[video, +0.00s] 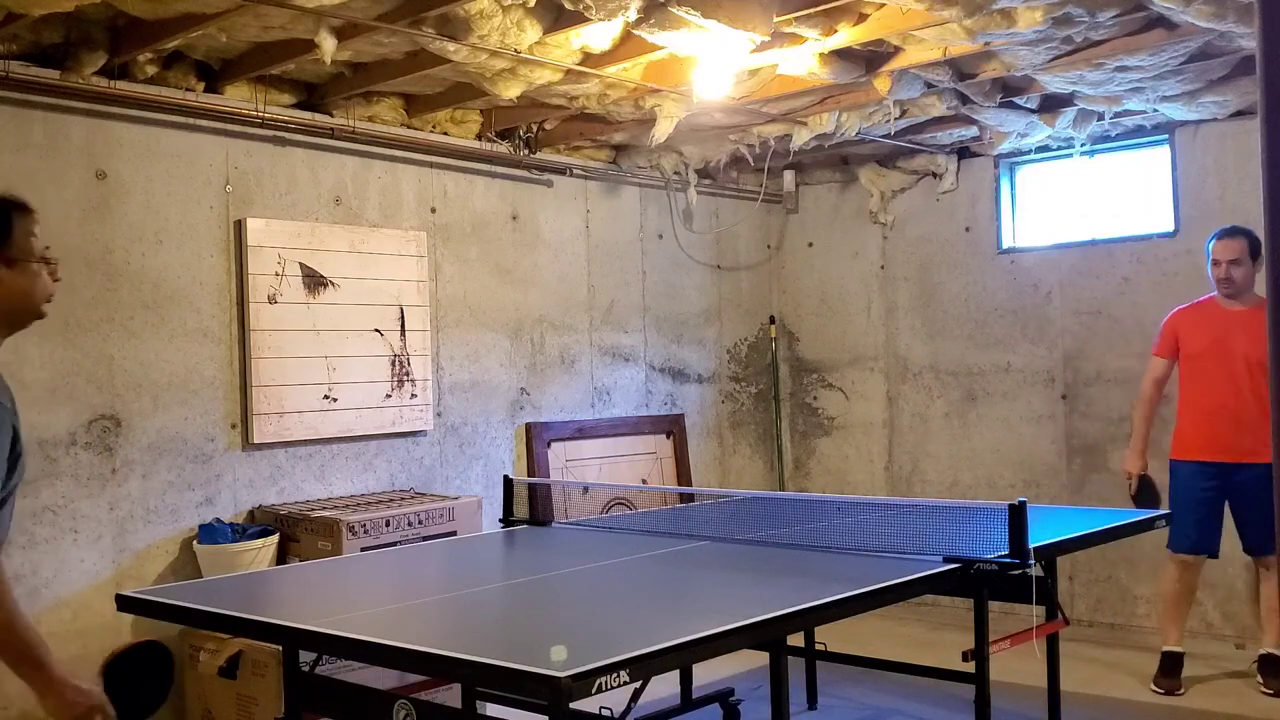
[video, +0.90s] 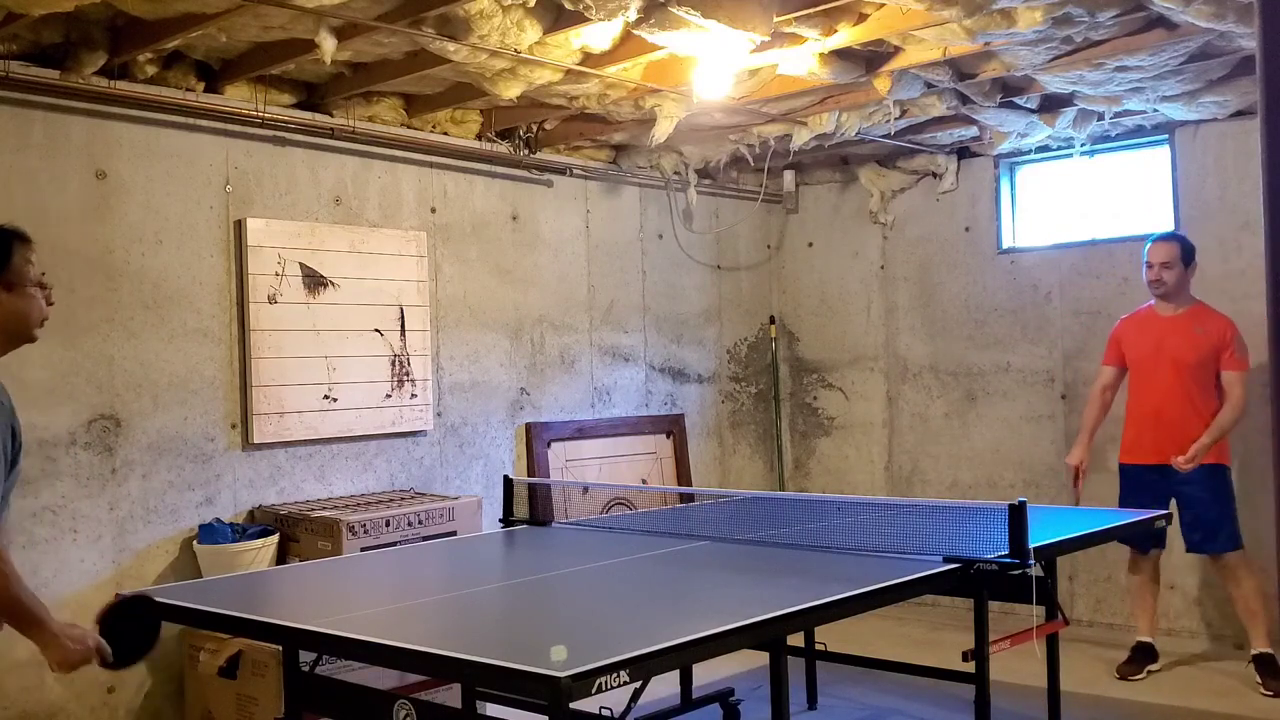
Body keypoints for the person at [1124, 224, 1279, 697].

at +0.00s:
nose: (1223, 271)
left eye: (1234, 262)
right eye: (1216, 263)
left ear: (1255, 266)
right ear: (1208, 266)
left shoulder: (1269, 317)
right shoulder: (1183, 319)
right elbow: (1152, 384)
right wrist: (1137, 448)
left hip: (1260, 461)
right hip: (1194, 460)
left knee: (1270, 559)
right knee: (1184, 556)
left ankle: (1271, 655)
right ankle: (1171, 655)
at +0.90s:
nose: (1155, 274)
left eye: (1165, 266)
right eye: (1149, 266)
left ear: (1188, 270)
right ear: (1145, 270)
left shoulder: (1218, 327)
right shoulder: (1129, 327)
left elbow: (1236, 400)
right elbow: (1104, 389)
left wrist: (1204, 443)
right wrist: (1082, 444)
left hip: (1202, 461)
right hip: (1141, 461)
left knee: (1227, 553)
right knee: (1141, 552)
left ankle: (1263, 651)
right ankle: (1144, 645)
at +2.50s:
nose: (1145, 291)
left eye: (1156, 284)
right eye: (1140, 282)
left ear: (1181, 289)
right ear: (1134, 284)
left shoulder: (1205, 346)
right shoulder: (1113, 334)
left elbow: (1226, 417)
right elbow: (1075, 385)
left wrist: (1236, 489)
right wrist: (1039, 437)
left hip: (1177, 477)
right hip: (1112, 470)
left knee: (1200, 563)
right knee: (1083, 555)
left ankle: (1240, 659)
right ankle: (1056, 641)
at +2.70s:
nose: (1086, 290)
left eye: (1096, 282)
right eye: (1081, 282)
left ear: (1121, 287)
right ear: (1077, 285)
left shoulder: (1149, 344)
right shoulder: (1064, 339)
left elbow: (1173, 414)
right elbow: (1042, 400)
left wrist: (1154, 467)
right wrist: (1020, 457)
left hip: (1134, 480)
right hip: (1072, 477)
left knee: (1173, 563)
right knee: (1056, 557)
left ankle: (1226, 655)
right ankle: (1054, 643)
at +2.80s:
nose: (1068, 285)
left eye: (1078, 277)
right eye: (1063, 277)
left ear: (1102, 281)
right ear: (1060, 281)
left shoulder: (1131, 335)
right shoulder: (1049, 337)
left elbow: (1156, 407)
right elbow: (1031, 398)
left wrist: (1122, 453)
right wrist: (1013, 452)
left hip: (1126, 469)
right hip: (1063, 470)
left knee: (1160, 556)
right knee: (1049, 557)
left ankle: (1203, 650)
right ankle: (1053, 642)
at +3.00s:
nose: (1049, 288)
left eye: (1058, 279)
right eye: (1044, 280)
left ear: (1084, 281)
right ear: (1043, 284)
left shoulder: (1119, 332)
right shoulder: (1039, 340)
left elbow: (1147, 401)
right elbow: (1026, 401)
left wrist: (1111, 452)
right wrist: (1004, 451)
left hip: (1117, 470)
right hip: (1057, 472)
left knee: (1138, 556)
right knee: (1041, 560)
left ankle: (1175, 647)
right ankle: (1052, 643)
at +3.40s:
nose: (962, 316)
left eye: (970, 306)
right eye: (959, 309)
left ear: (998, 306)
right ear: (960, 314)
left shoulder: (1048, 346)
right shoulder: (964, 366)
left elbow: (1101, 391)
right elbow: (936, 414)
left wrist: (1151, 441)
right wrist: (894, 428)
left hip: (1072, 477)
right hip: (1009, 478)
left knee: (1113, 559)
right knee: (977, 555)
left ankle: (1167, 646)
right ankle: (975, 639)